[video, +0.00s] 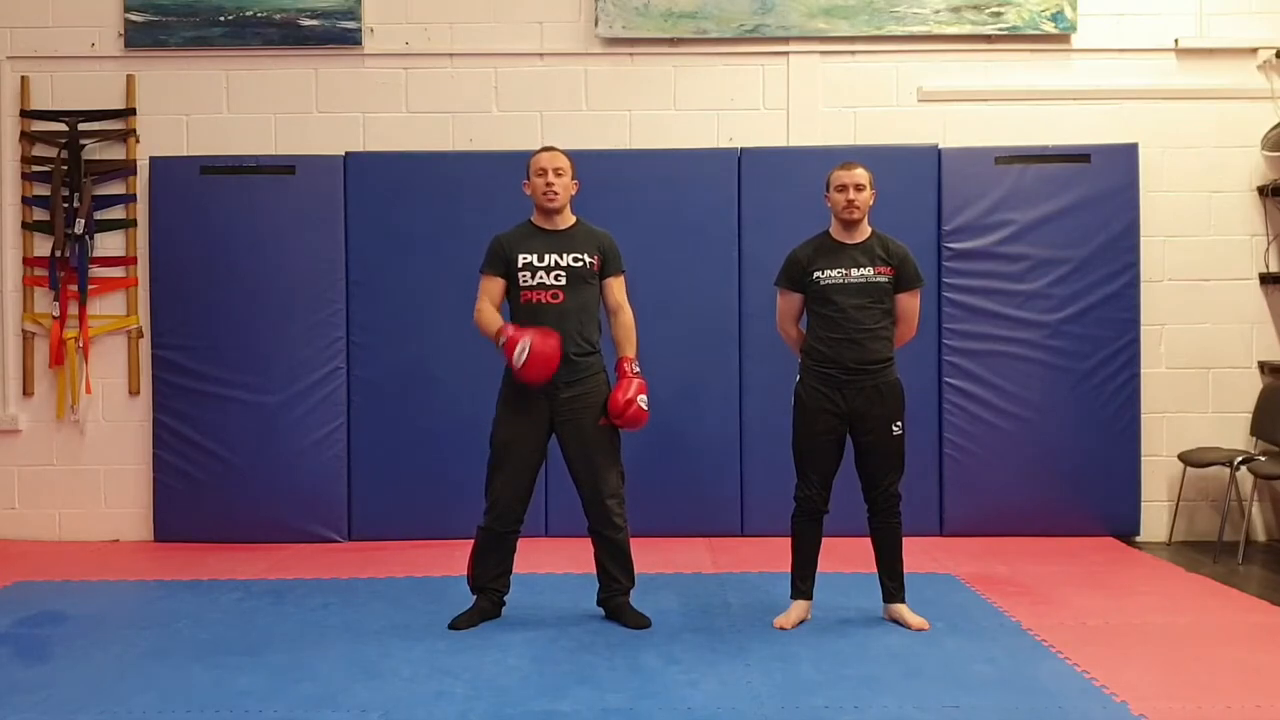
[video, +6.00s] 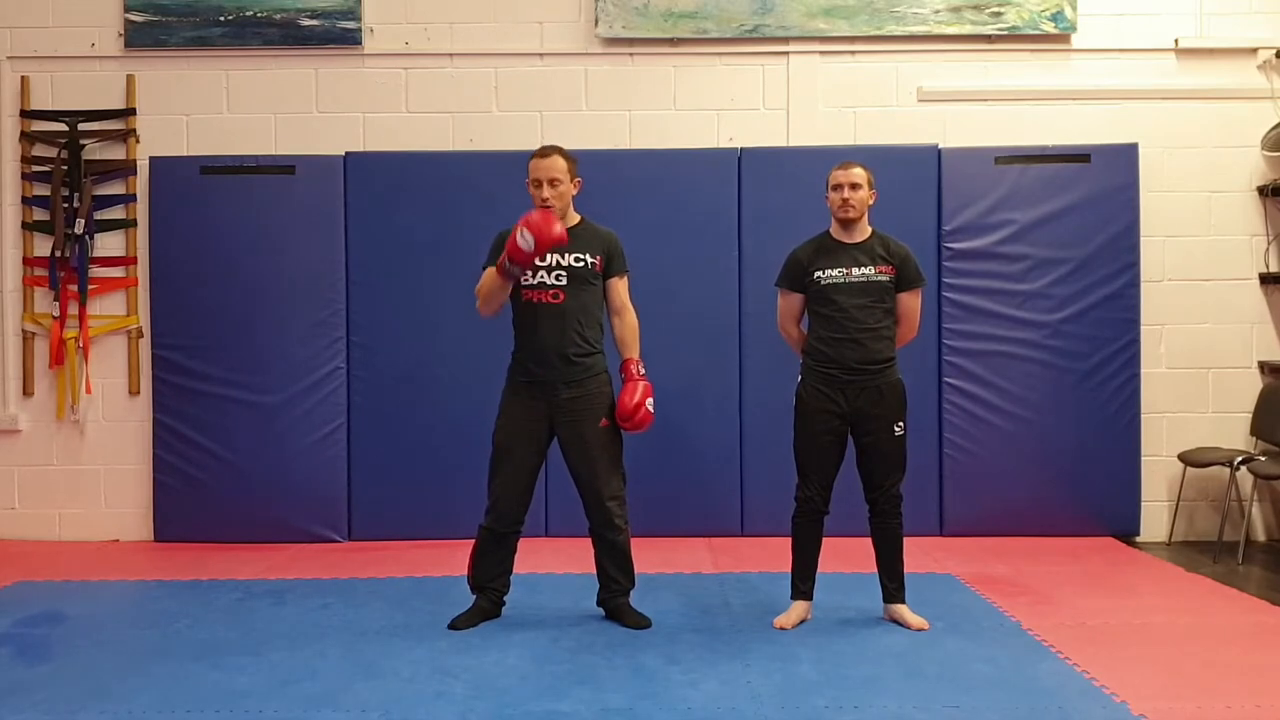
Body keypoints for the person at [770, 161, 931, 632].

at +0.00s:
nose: (850, 196)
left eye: (858, 188)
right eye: (841, 189)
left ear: (872, 195)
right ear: (828, 197)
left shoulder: (896, 256)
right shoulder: (804, 257)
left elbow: (907, 327)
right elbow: (787, 325)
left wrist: (865, 353)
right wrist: (822, 357)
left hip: (878, 392)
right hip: (819, 393)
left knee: (885, 499)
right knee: (810, 497)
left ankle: (894, 601)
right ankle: (801, 599)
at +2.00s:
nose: (848, 198)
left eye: (856, 190)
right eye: (838, 191)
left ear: (870, 196)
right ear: (826, 199)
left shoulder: (895, 257)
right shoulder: (803, 258)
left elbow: (905, 328)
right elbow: (786, 325)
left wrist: (864, 353)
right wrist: (820, 357)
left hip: (877, 391)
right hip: (818, 392)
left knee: (885, 498)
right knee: (809, 497)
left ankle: (894, 600)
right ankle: (801, 598)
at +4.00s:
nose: (847, 199)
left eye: (855, 191)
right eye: (838, 192)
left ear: (870, 196)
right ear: (826, 199)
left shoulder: (895, 256)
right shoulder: (803, 258)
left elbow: (906, 328)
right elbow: (786, 325)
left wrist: (864, 353)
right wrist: (821, 357)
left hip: (878, 391)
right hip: (819, 392)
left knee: (885, 498)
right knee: (809, 497)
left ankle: (894, 601)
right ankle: (801, 598)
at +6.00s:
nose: (845, 195)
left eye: (854, 187)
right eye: (837, 188)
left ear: (871, 195)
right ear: (827, 197)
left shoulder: (897, 255)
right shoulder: (805, 258)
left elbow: (908, 327)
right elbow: (788, 325)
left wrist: (865, 352)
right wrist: (822, 357)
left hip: (880, 392)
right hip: (820, 393)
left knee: (886, 499)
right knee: (810, 497)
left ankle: (894, 601)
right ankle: (801, 599)